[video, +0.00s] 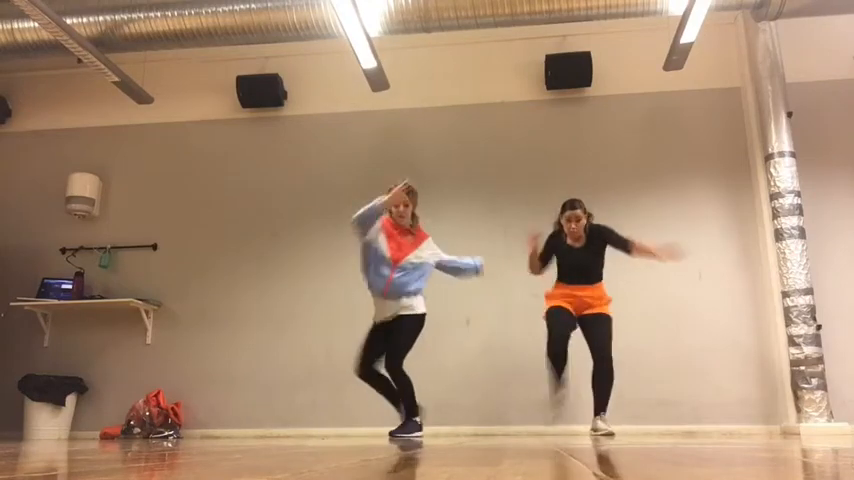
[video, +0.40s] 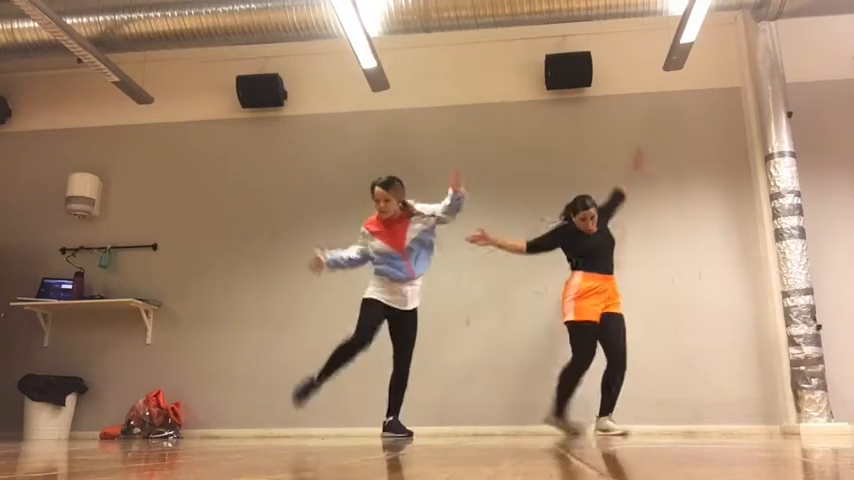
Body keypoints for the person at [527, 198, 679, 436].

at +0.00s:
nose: (573, 225)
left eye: (577, 219)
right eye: (568, 220)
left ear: (586, 219)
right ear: (561, 221)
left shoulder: (599, 233)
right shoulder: (556, 239)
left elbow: (630, 247)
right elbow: (537, 269)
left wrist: (656, 253)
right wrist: (533, 252)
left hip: (594, 302)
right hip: (562, 301)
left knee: (603, 356)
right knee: (557, 335)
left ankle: (599, 418)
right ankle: (558, 385)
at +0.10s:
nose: (572, 226)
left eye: (576, 221)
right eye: (568, 222)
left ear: (585, 221)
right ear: (562, 223)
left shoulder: (599, 239)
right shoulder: (557, 241)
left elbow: (634, 259)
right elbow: (543, 242)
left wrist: (671, 273)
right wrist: (572, 222)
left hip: (598, 305)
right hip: (569, 308)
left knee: (596, 358)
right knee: (558, 360)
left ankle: (601, 417)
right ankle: (609, 374)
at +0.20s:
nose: (588, 226)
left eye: (591, 220)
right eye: (582, 221)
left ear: (596, 219)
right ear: (572, 221)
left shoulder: (600, 241)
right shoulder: (565, 237)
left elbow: (624, 248)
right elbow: (561, 222)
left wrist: (652, 246)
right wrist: (567, 209)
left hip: (596, 302)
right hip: (569, 309)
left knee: (589, 359)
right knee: (586, 371)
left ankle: (598, 418)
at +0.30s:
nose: (593, 225)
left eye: (595, 219)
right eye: (587, 221)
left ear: (599, 216)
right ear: (576, 220)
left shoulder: (604, 231)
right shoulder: (566, 231)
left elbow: (625, 225)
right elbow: (540, 227)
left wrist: (645, 212)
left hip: (604, 299)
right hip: (575, 303)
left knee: (604, 355)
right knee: (586, 364)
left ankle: (603, 417)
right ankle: (606, 413)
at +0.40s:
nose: (590, 224)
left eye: (592, 219)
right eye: (584, 221)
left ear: (597, 214)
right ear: (573, 219)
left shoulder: (601, 219)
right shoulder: (566, 233)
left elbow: (616, 200)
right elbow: (527, 247)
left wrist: (633, 174)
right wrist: (492, 241)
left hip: (608, 299)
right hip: (580, 300)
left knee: (618, 360)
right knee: (583, 358)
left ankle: (604, 418)